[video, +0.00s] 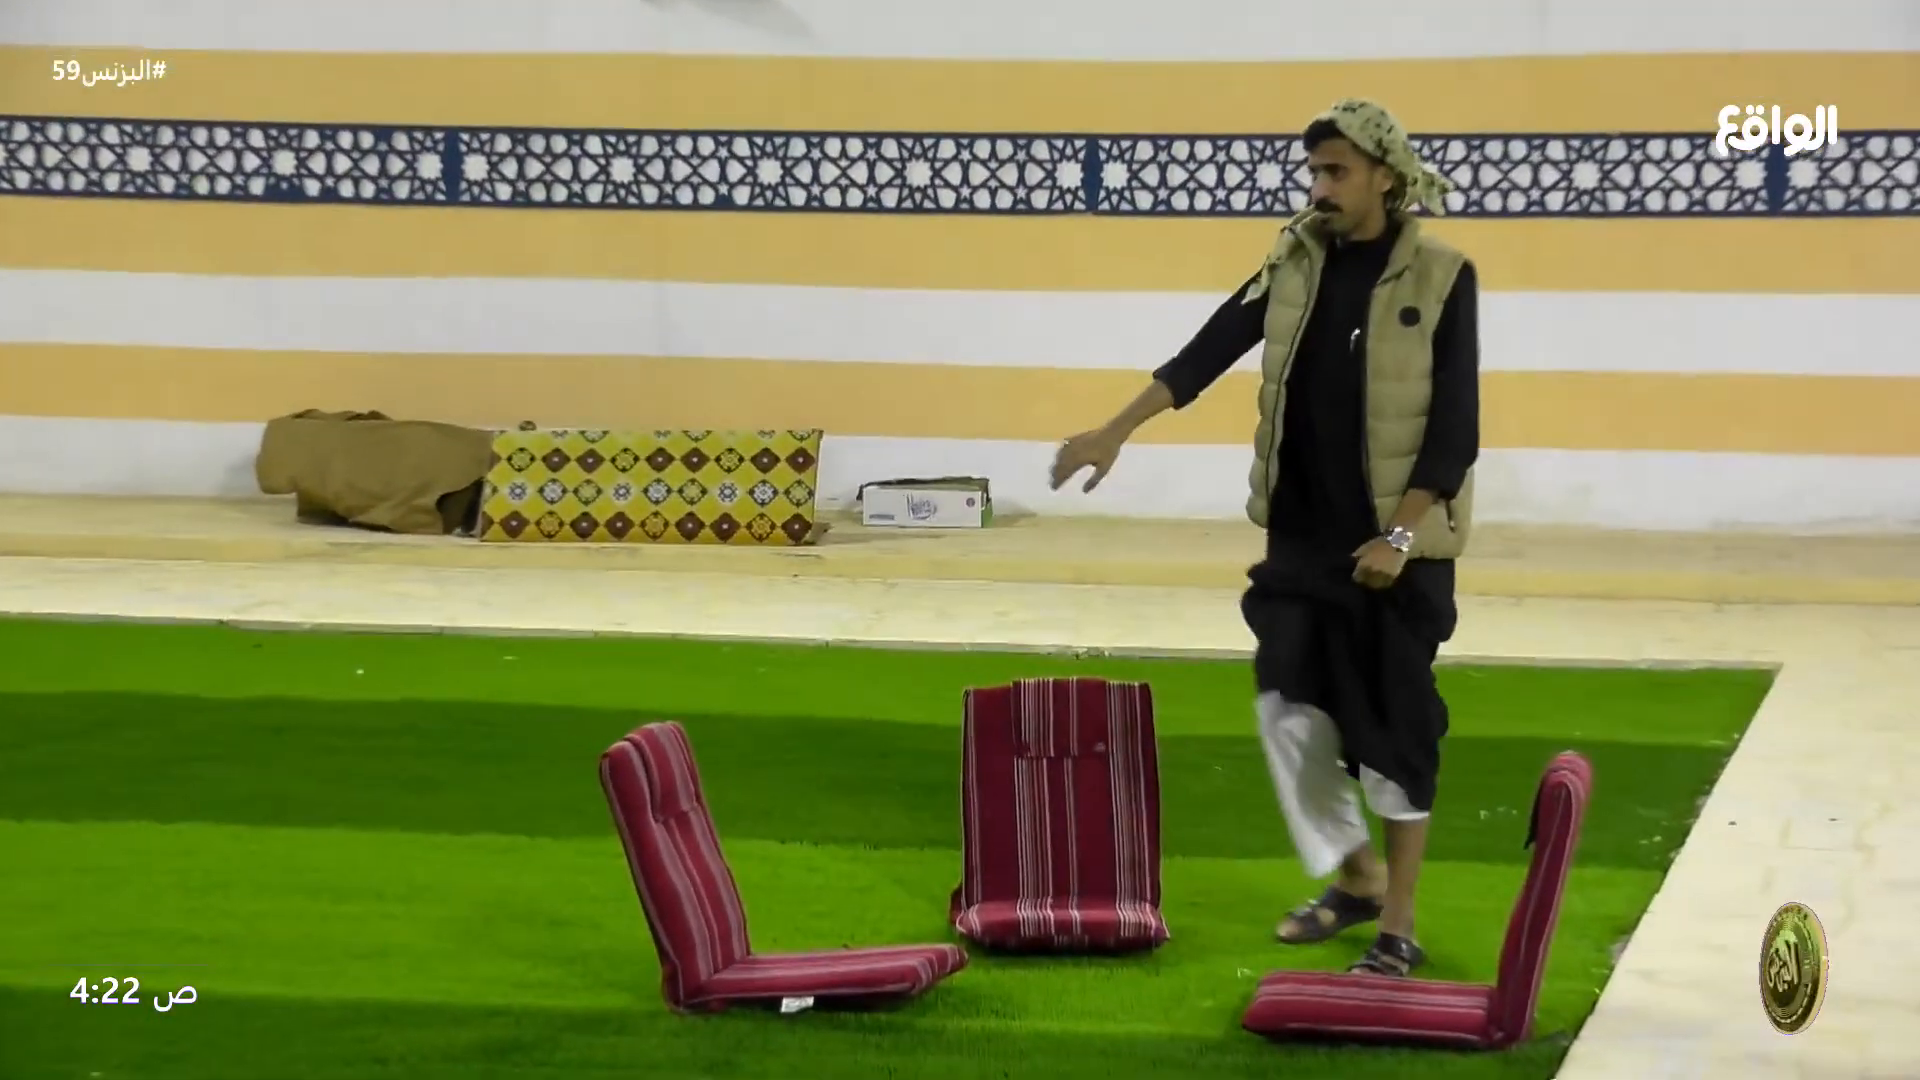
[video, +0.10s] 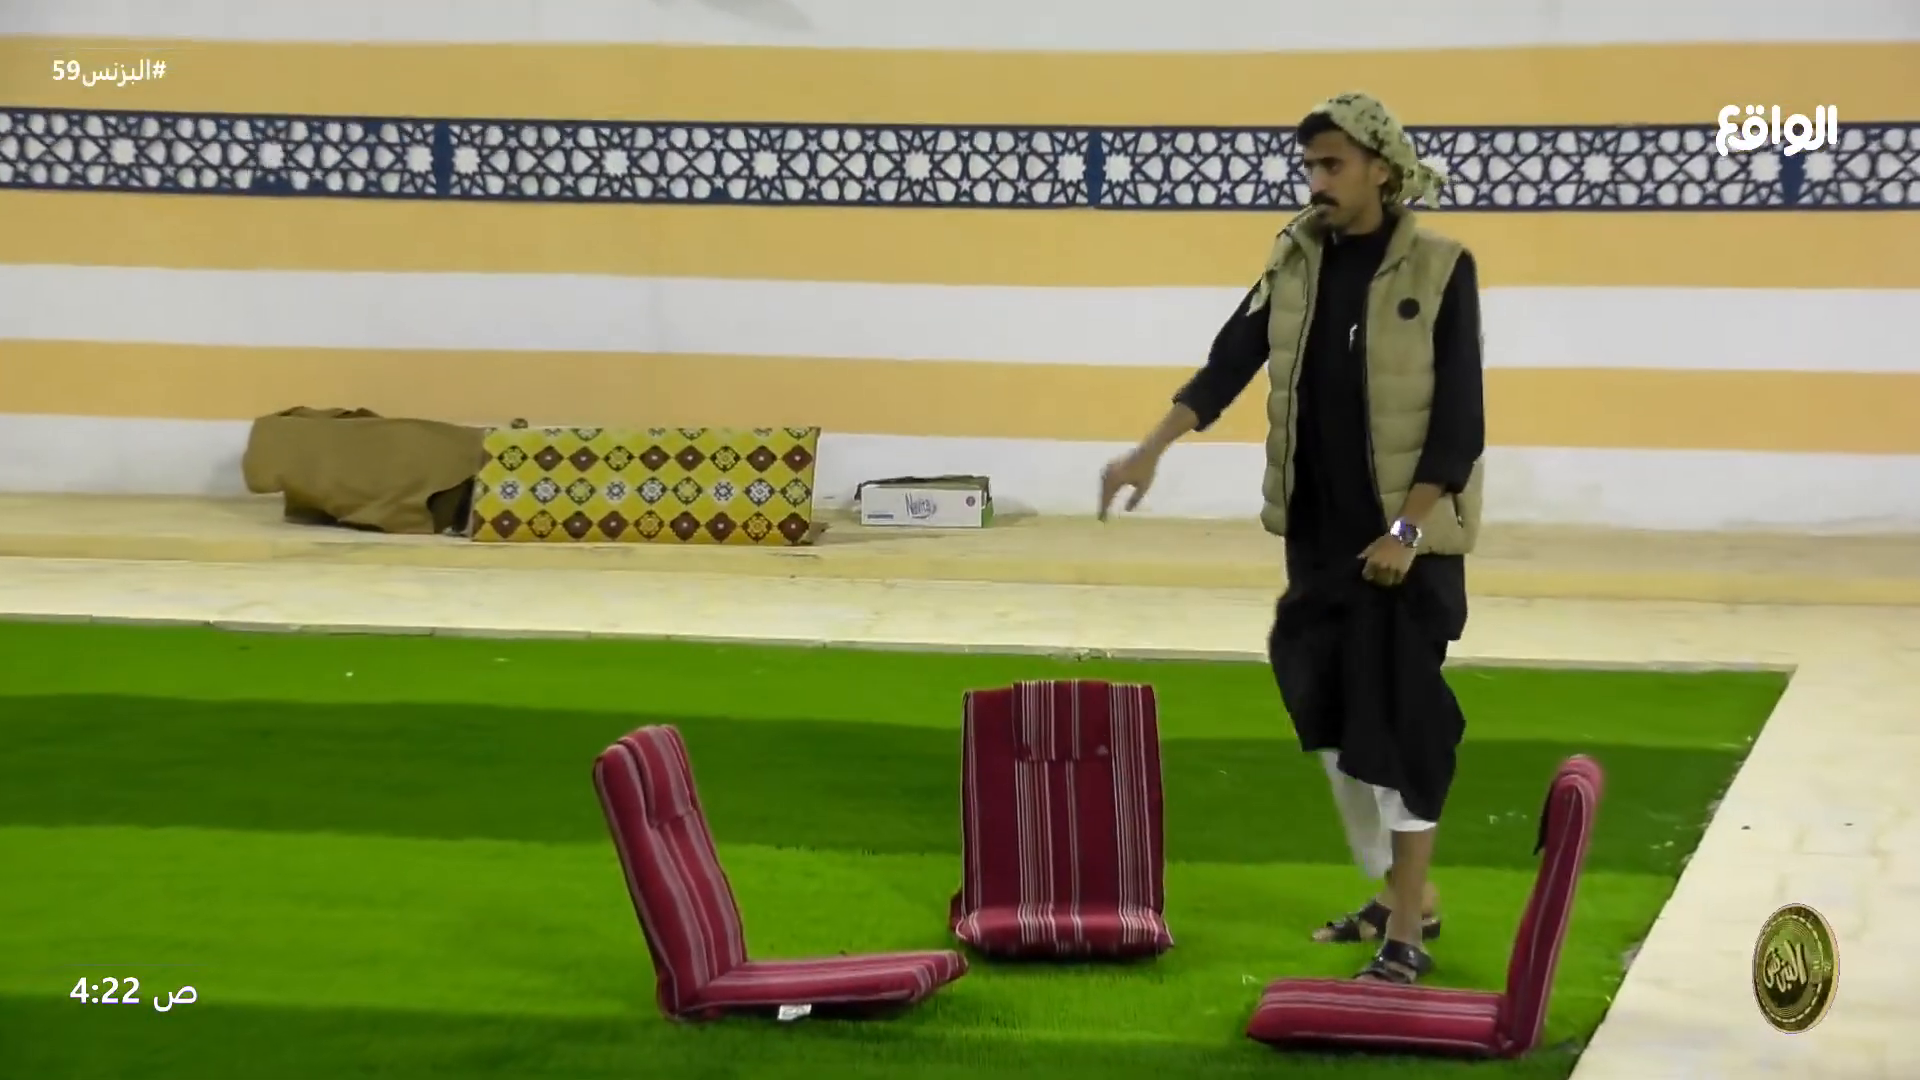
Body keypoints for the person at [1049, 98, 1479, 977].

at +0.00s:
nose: (1319, 187)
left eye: (1335, 171)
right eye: (1313, 172)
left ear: (1386, 175)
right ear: (1313, 176)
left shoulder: (1443, 275)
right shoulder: (1294, 265)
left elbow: (1456, 421)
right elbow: (1210, 349)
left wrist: (1402, 531)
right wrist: (1115, 429)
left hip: (1400, 547)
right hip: (1300, 542)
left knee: (1396, 738)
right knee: (1290, 719)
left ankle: (1398, 928)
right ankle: (1359, 880)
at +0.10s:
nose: (1315, 182)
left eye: (1331, 165)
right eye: (1310, 166)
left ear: (1383, 168)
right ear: (1312, 174)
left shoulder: (1439, 267)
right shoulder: (1298, 262)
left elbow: (1460, 417)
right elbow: (1231, 360)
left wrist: (1410, 527)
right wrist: (1152, 445)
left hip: (1410, 540)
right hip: (1320, 538)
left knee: (1402, 721)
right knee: (1335, 720)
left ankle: (1408, 928)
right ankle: (1397, 896)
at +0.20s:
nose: (1301, 178)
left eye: (1316, 160)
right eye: (1294, 164)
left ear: (1367, 160)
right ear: (1296, 171)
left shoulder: (1433, 256)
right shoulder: (1291, 261)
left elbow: (1454, 407)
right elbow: (1241, 375)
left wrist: (1406, 518)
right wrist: (1174, 469)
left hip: (1417, 530)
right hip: (1330, 532)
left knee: (1399, 715)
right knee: (1343, 714)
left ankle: (1410, 929)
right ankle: (1411, 898)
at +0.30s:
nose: (1252, 191)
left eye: (1264, 171)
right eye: (1246, 176)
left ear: (1320, 164)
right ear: (1256, 181)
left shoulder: (1402, 243)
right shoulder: (1265, 267)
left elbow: (1444, 382)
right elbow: (1238, 395)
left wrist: (1403, 501)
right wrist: (1194, 514)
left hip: (1414, 517)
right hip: (1327, 526)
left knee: (1376, 706)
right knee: (1342, 710)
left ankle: (1400, 921)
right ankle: (1409, 906)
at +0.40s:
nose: (1225, 200)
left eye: (1236, 181)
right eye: (1219, 184)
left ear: (1290, 172)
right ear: (1251, 184)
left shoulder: (1388, 237)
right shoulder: (1253, 274)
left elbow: (1447, 373)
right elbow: (1241, 407)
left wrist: (1402, 487)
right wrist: (1211, 535)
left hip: (1408, 513)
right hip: (1323, 525)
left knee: (1370, 696)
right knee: (1347, 705)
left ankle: (1404, 913)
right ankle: (1393, 903)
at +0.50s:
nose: (1201, 204)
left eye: (1212, 185)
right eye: (1194, 188)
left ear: (1267, 174)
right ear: (1219, 186)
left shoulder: (1363, 229)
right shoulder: (1234, 273)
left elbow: (1429, 361)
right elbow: (1248, 407)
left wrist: (1380, 477)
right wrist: (1241, 534)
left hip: (1396, 501)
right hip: (1314, 516)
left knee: (1350, 678)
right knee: (1338, 696)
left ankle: (1390, 897)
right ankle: (1378, 904)